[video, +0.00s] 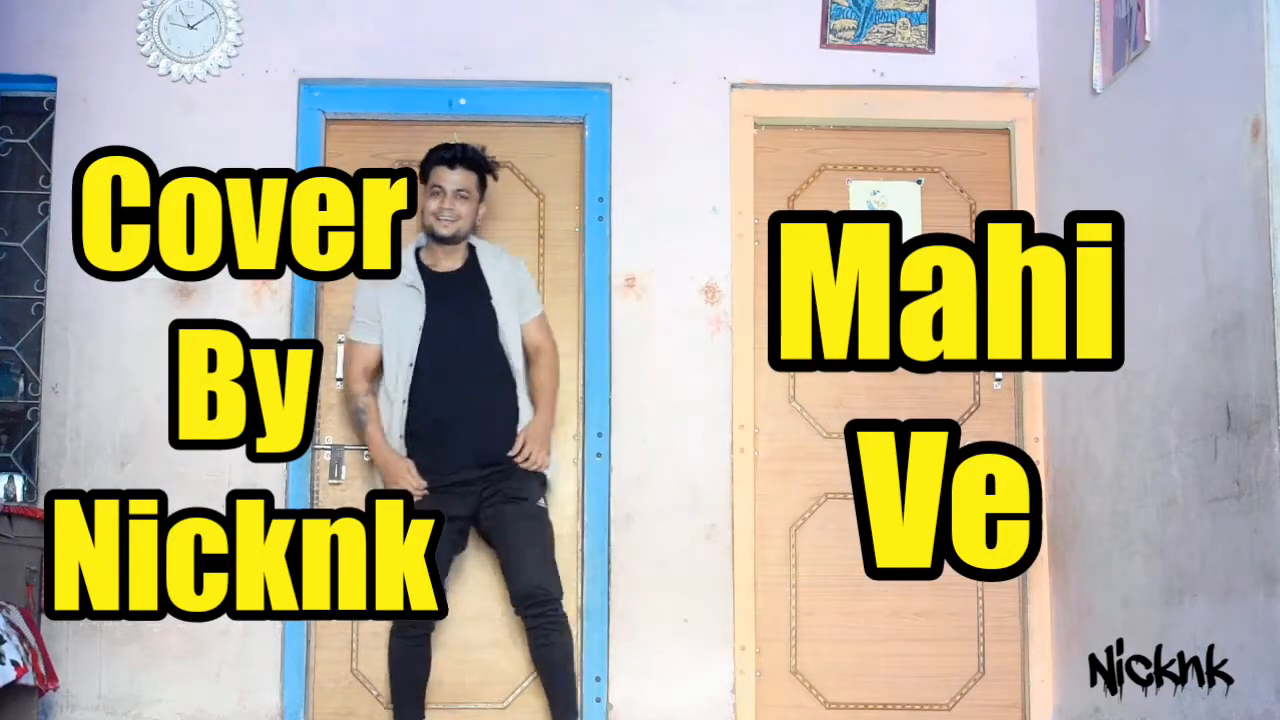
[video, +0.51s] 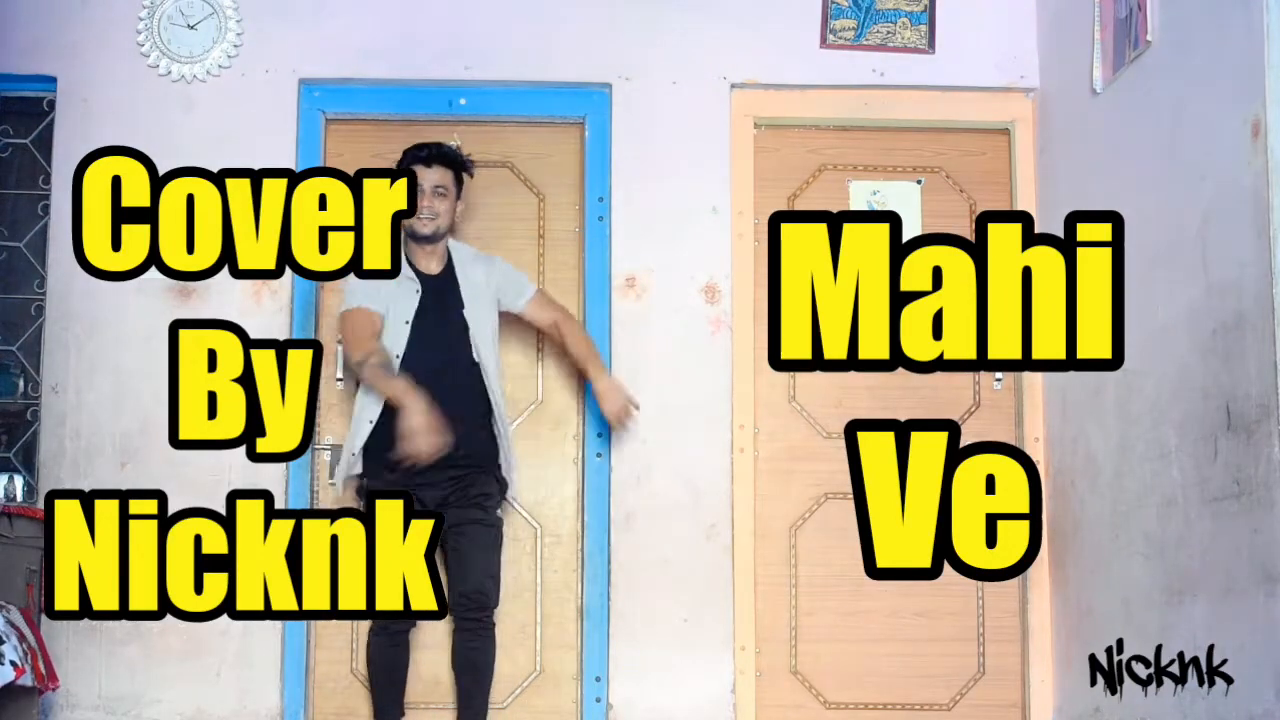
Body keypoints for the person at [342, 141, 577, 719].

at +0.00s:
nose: (447, 203)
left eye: (461, 194)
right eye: (436, 192)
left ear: (480, 205)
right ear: (420, 200)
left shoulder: (507, 270)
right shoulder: (385, 280)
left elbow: (541, 348)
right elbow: (359, 380)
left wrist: (543, 422)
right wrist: (384, 456)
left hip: (507, 473)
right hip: (424, 482)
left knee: (542, 602)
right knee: (412, 616)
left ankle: (567, 717)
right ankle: (408, 718)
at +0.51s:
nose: (427, 201)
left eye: (439, 191)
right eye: (416, 190)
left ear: (458, 201)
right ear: (398, 199)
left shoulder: (485, 271)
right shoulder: (372, 274)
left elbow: (559, 320)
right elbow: (360, 349)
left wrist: (601, 380)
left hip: (473, 472)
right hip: (395, 476)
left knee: (476, 611)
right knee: (393, 613)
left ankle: (473, 718)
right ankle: (387, 717)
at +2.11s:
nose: (546, 221)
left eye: (555, 206)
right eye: (530, 210)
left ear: (570, 207)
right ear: (511, 214)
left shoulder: (598, 283)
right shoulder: (479, 275)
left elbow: (618, 370)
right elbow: (436, 334)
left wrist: (549, 344)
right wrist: (441, 246)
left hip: (592, 486)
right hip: (510, 485)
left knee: (599, 621)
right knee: (461, 605)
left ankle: (605, 718)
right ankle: (447, 715)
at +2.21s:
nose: (532, 214)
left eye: (543, 200)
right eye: (518, 203)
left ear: (560, 202)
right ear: (501, 207)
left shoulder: (590, 271)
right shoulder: (470, 274)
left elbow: (605, 362)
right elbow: (426, 337)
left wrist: (532, 346)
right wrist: (427, 242)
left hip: (560, 486)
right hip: (475, 483)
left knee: (564, 620)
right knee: (448, 615)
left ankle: (589, 717)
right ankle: (436, 717)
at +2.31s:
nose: (522, 218)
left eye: (534, 204)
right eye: (509, 206)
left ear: (551, 206)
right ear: (492, 208)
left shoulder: (580, 273)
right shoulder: (461, 274)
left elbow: (612, 360)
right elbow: (424, 346)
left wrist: (537, 337)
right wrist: (431, 258)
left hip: (566, 484)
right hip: (484, 485)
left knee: (566, 619)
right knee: (454, 616)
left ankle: (581, 717)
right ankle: (444, 717)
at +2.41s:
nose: (513, 239)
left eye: (526, 226)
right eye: (501, 226)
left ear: (546, 223)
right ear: (485, 224)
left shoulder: (572, 296)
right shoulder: (457, 284)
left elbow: (607, 386)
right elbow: (421, 354)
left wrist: (541, 340)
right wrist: (428, 266)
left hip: (567, 492)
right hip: (488, 492)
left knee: (570, 627)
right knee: (453, 602)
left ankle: (580, 717)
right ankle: (488, 711)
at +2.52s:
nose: (502, 255)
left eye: (516, 242)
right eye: (491, 241)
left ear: (539, 237)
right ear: (478, 234)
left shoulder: (564, 308)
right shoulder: (448, 293)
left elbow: (584, 400)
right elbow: (406, 358)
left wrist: (524, 340)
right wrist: (421, 271)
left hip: (556, 499)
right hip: (475, 499)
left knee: (566, 631)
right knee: (437, 600)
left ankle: (578, 719)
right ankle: (485, 708)